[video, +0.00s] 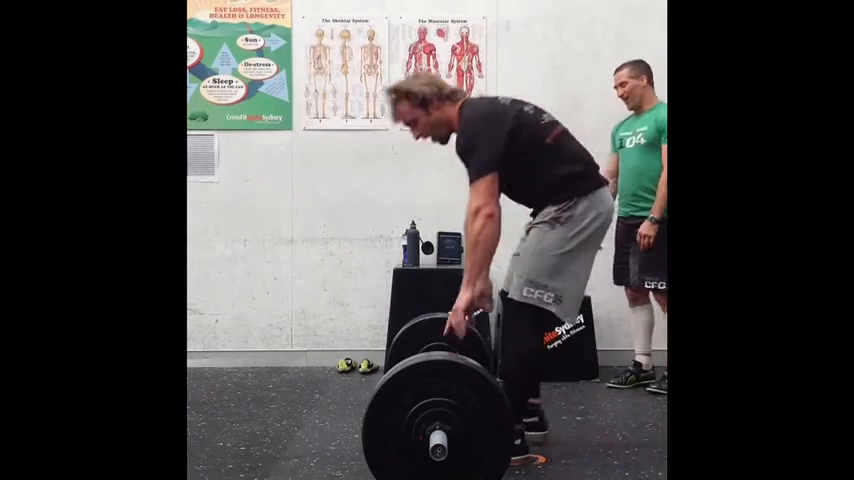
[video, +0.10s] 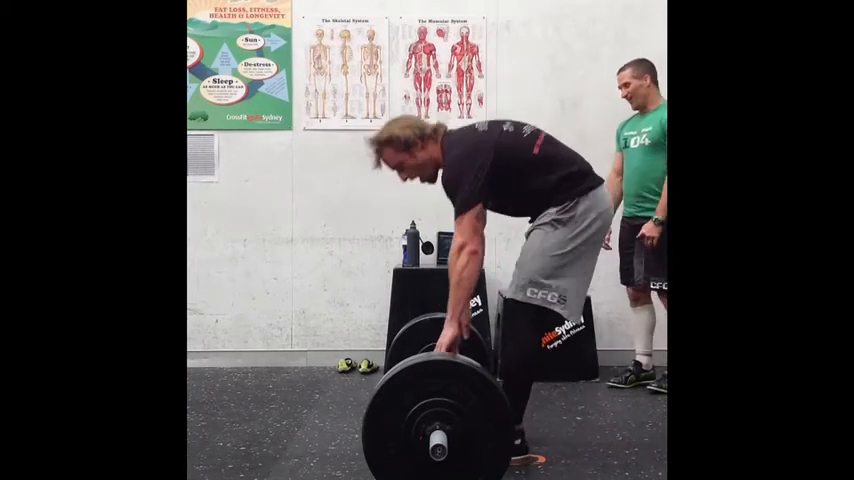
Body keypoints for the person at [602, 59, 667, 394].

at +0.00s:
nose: (619, 92)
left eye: (623, 84)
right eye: (616, 87)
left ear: (644, 81)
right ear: (621, 89)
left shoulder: (663, 116)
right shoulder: (621, 128)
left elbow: (666, 171)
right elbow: (611, 175)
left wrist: (654, 218)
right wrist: (583, 198)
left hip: (658, 218)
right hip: (628, 218)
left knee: (661, 293)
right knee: (635, 292)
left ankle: (666, 371)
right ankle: (642, 366)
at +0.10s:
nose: (622, 93)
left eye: (626, 85)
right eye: (620, 88)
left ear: (647, 80)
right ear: (635, 84)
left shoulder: (665, 116)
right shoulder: (626, 126)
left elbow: (668, 174)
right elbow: (616, 176)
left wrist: (658, 218)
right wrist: (602, 221)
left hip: (661, 221)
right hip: (632, 220)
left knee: (664, 293)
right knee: (638, 293)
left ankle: (667, 372)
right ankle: (643, 366)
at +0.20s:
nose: (625, 95)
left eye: (628, 87)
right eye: (622, 89)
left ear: (648, 81)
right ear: (636, 85)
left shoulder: (665, 117)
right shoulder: (629, 126)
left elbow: (669, 178)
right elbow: (621, 174)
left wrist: (663, 221)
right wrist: (611, 218)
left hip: (661, 223)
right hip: (632, 221)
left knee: (666, 293)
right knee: (631, 291)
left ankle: (667, 371)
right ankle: (642, 364)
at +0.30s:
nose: (623, 97)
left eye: (626, 89)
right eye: (620, 91)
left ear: (646, 82)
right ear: (636, 85)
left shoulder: (665, 118)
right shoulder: (631, 125)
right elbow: (625, 173)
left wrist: (668, 226)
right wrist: (611, 217)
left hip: (659, 223)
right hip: (630, 220)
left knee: (665, 293)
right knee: (623, 287)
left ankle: (669, 373)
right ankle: (635, 363)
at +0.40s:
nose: (619, 97)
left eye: (621, 90)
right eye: (617, 92)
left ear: (642, 82)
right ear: (631, 86)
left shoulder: (664, 119)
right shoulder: (630, 124)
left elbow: (668, 175)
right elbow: (623, 174)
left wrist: (669, 229)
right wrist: (607, 217)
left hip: (657, 224)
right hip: (627, 220)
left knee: (664, 295)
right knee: (614, 286)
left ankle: (669, 373)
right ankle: (615, 364)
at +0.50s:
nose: (610, 98)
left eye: (613, 91)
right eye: (608, 93)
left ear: (633, 84)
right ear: (625, 87)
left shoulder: (659, 120)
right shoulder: (623, 125)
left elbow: (665, 177)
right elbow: (617, 175)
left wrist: (665, 228)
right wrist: (604, 220)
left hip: (650, 225)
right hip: (620, 221)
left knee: (662, 297)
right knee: (602, 286)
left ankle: (668, 372)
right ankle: (589, 363)